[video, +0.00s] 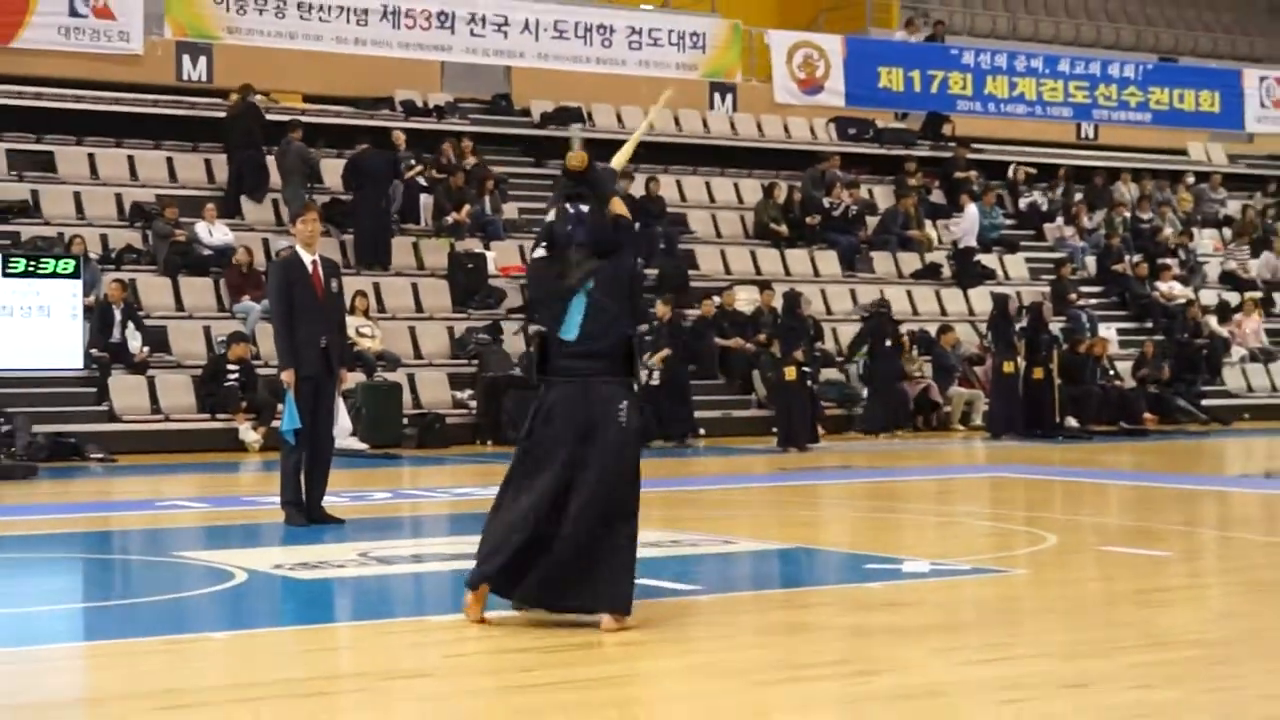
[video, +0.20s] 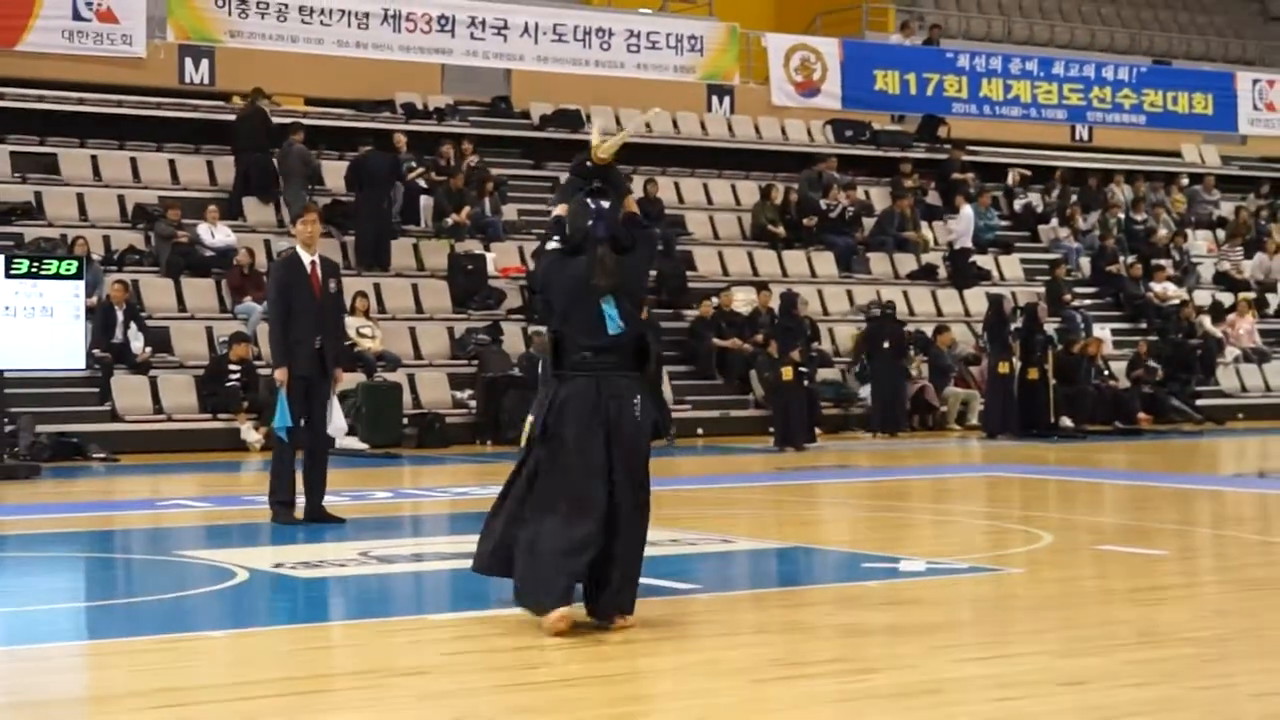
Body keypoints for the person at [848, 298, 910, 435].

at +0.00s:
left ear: (874, 310)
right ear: (887, 310)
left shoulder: (871, 323)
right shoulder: (892, 323)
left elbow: (858, 341)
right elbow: (898, 344)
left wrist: (849, 357)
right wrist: (894, 356)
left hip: (876, 363)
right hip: (892, 363)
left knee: (877, 395)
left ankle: (874, 425)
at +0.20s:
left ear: (881, 312)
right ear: (894, 313)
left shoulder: (872, 328)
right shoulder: (898, 329)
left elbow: (860, 346)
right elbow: (903, 351)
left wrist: (855, 360)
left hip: (877, 367)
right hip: (895, 367)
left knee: (878, 398)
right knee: (896, 398)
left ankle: (878, 427)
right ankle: (894, 428)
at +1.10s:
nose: (901, 314)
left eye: (899, 310)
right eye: (902, 311)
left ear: (890, 310)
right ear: (904, 312)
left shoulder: (880, 325)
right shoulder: (905, 326)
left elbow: (873, 348)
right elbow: (907, 349)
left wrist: (876, 361)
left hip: (880, 366)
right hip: (897, 367)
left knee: (880, 396)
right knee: (898, 396)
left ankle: (879, 426)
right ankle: (899, 426)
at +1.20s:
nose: (896, 314)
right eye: (898, 311)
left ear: (888, 310)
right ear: (901, 312)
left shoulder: (877, 326)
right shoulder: (902, 327)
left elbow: (870, 350)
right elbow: (906, 351)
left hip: (879, 368)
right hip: (896, 368)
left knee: (879, 398)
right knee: (898, 398)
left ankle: (878, 427)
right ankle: (899, 426)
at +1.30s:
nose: (891, 313)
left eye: (889, 310)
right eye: (892, 310)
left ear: (883, 310)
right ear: (896, 311)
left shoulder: (873, 326)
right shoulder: (898, 326)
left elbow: (868, 348)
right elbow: (902, 349)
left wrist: (874, 359)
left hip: (877, 367)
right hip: (894, 367)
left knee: (878, 396)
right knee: (898, 396)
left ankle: (878, 426)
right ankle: (900, 425)